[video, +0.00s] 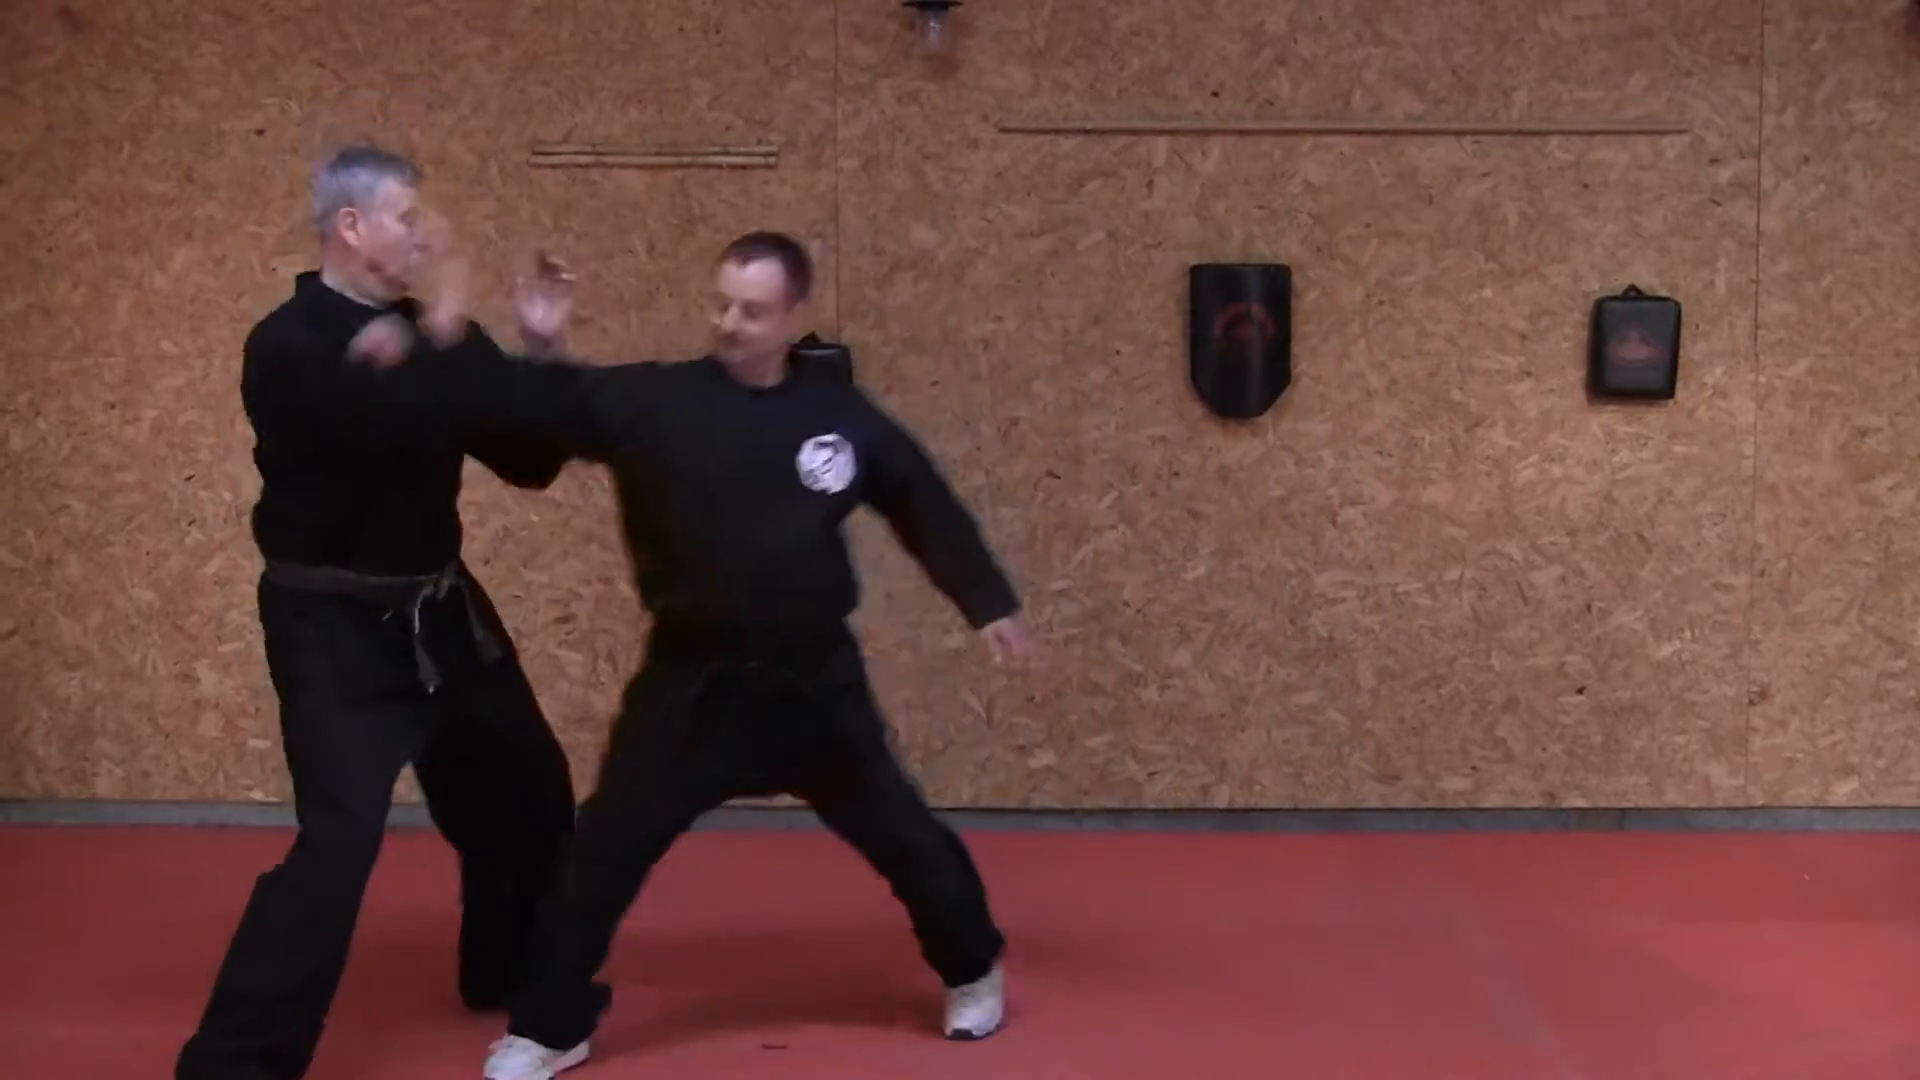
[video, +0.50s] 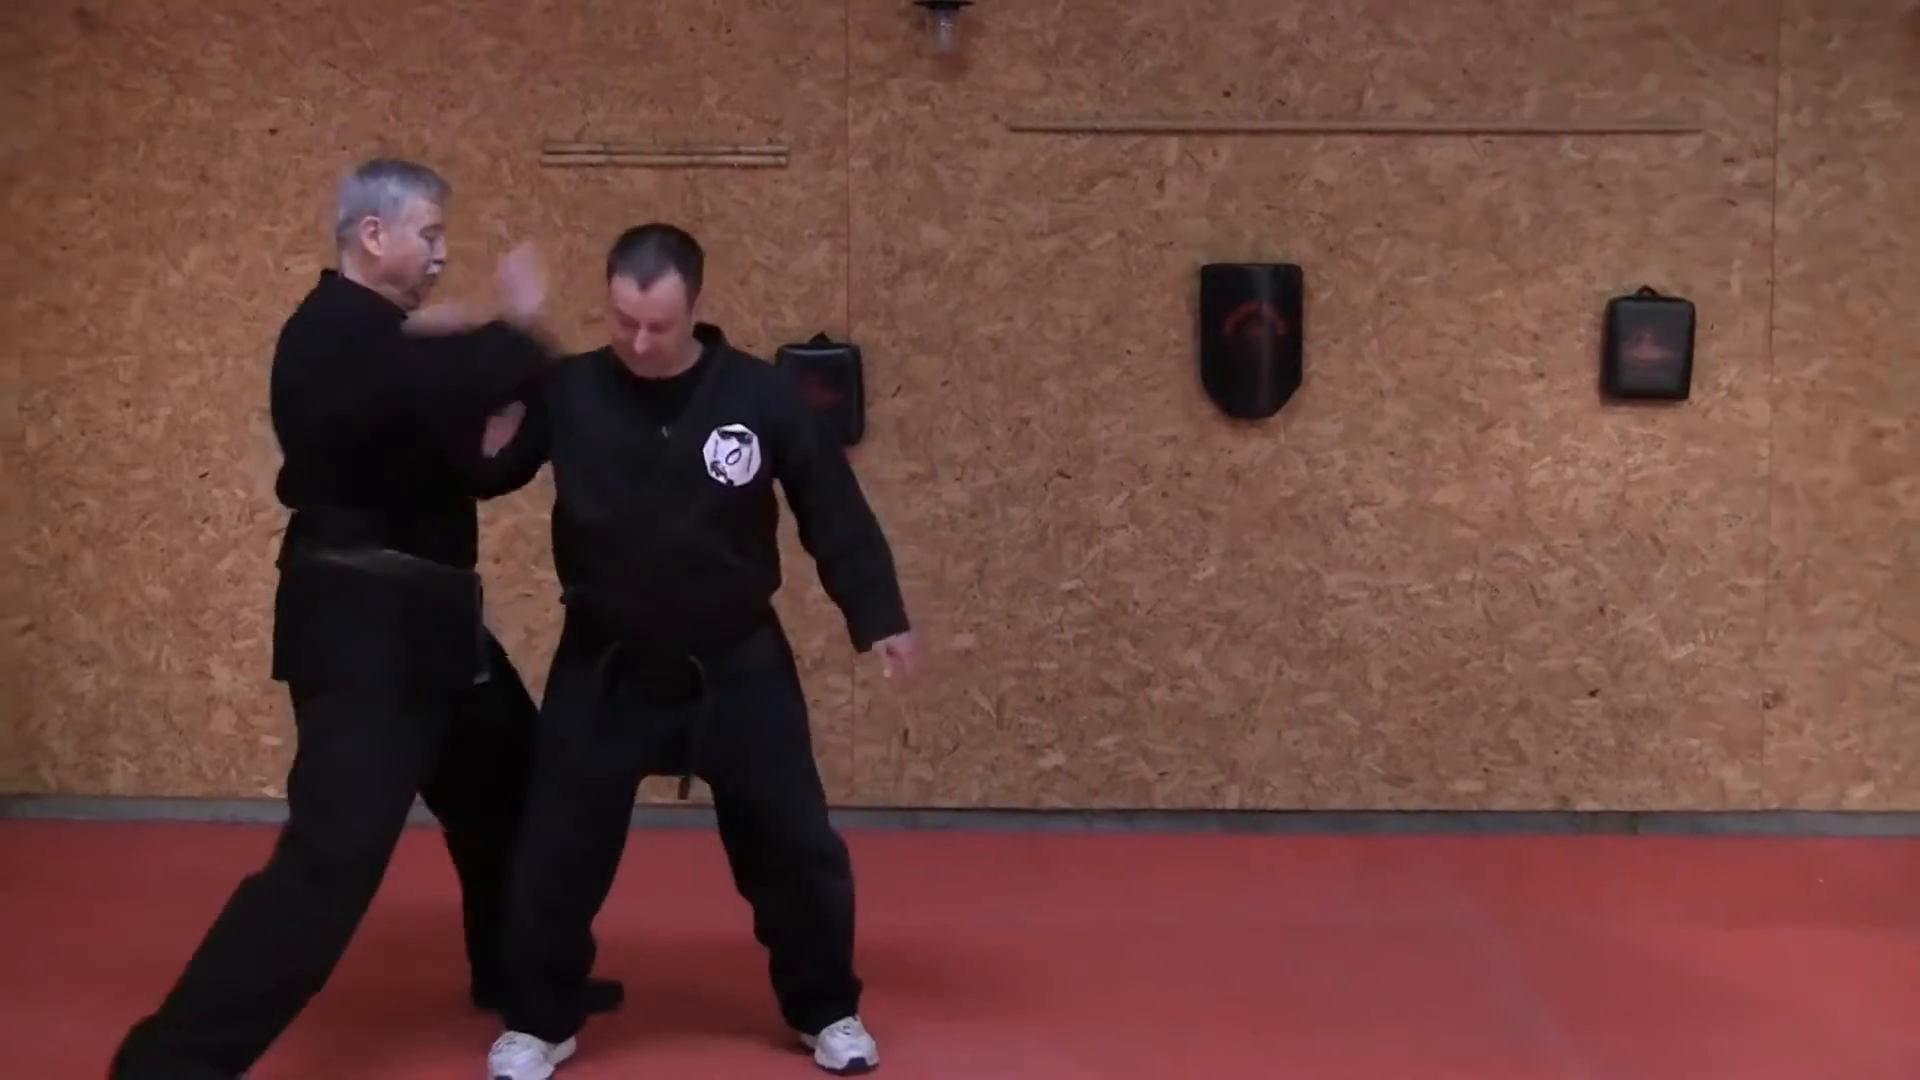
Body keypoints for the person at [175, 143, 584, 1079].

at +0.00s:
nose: (424, 236)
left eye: (422, 218)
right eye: (406, 219)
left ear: (372, 229)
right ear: (351, 228)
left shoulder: (431, 337)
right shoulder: (286, 346)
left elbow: (528, 462)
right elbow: (382, 420)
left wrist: (540, 352)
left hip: (441, 606)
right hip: (331, 617)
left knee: (527, 793)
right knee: (340, 838)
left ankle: (506, 974)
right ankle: (232, 1064)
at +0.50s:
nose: (442, 253)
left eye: (443, 236)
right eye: (429, 234)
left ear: (375, 240)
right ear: (369, 235)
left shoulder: (394, 339)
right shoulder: (334, 330)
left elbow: (470, 466)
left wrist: (500, 430)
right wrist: (513, 329)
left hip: (427, 617)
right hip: (360, 618)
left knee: (512, 784)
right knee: (331, 862)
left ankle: (521, 978)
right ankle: (170, 1060)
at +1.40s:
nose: (724, 310)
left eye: (735, 294)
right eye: (730, 287)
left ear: (679, 252)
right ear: (688, 256)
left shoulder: (621, 320)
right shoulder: (604, 296)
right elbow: (594, 408)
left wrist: (656, 475)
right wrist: (738, 386)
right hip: (541, 551)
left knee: (636, 771)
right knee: (726, 681)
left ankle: (624, 1002)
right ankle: (525, 824)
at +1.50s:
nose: (746, 299)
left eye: (754, 280)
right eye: (747, 275)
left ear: (689, 245)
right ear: (702, 249)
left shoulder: (620, 308)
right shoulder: (628, 293)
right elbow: (617, 392)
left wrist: (675, 482)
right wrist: (751, 406)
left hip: (538, 560)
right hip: (559, 557)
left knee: (628, 773)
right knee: (678, 754)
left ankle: (641, 1009)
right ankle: (463, 903)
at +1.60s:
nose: (757, 284)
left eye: (763, 266)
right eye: (754, 261)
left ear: (703, 239)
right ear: (708, 239)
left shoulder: (661, 313)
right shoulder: (638, 293)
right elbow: (655, 412)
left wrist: (707, 543)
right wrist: (793, 409)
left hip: (602, 570)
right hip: (557, 565)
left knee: (674, 753)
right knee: (604, 792)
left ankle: (656, 999)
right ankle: (434, 1003)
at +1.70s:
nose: (758, 282)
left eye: (764, 264)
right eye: (756, 259)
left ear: (705, 239)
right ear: (706, 236)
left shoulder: (668, 318)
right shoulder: (636, 290)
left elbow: (660, 474)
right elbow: (686, 407)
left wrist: (735, 553)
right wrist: (826, 419)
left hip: (615, 583)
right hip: (548, 579)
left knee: (676, 772)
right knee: (544, 817)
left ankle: (672, 1000)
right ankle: (444, 1052)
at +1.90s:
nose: (769, 295)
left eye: (776, 278)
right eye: (764, 272)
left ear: (712, 256)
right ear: (712, 249)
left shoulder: (667, 332)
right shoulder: (652, 309)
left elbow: (635, 507)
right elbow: (692, 434)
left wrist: (737, 565)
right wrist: (827, 455)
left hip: (609, 598)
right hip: (543, 595)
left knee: (717, 755)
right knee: (560, 845)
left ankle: (722, 975)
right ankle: (469, 1059)